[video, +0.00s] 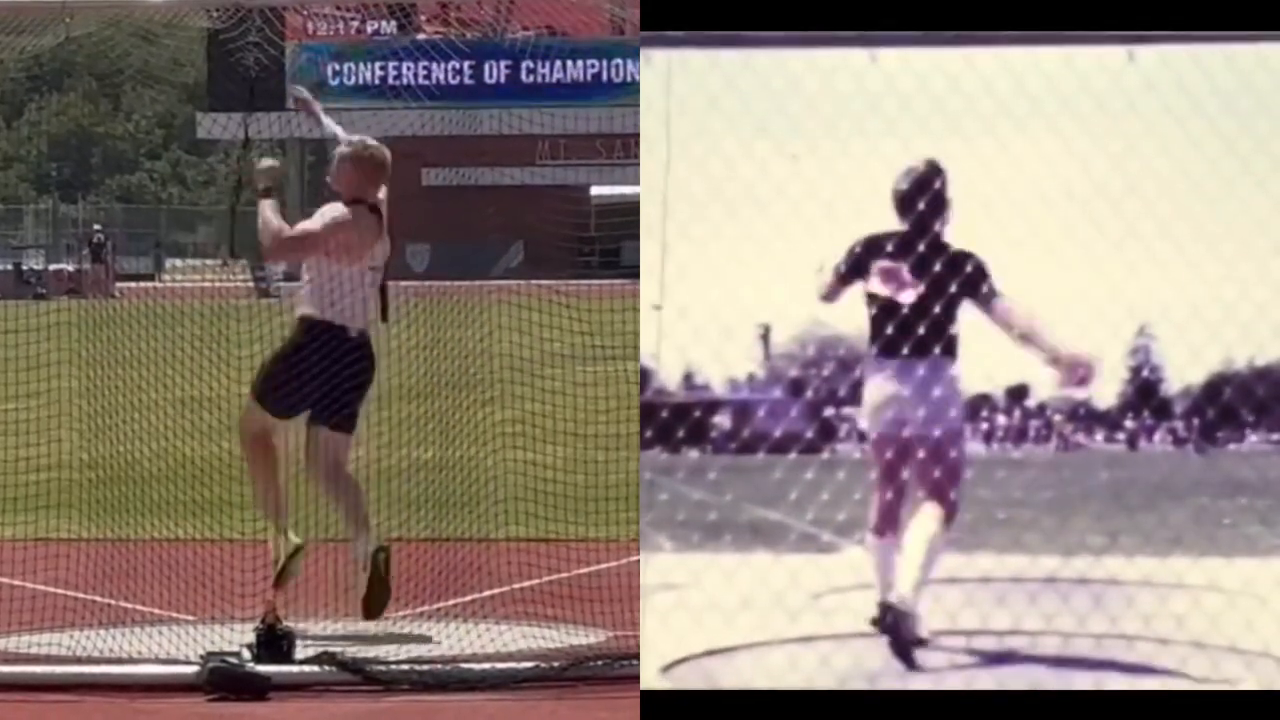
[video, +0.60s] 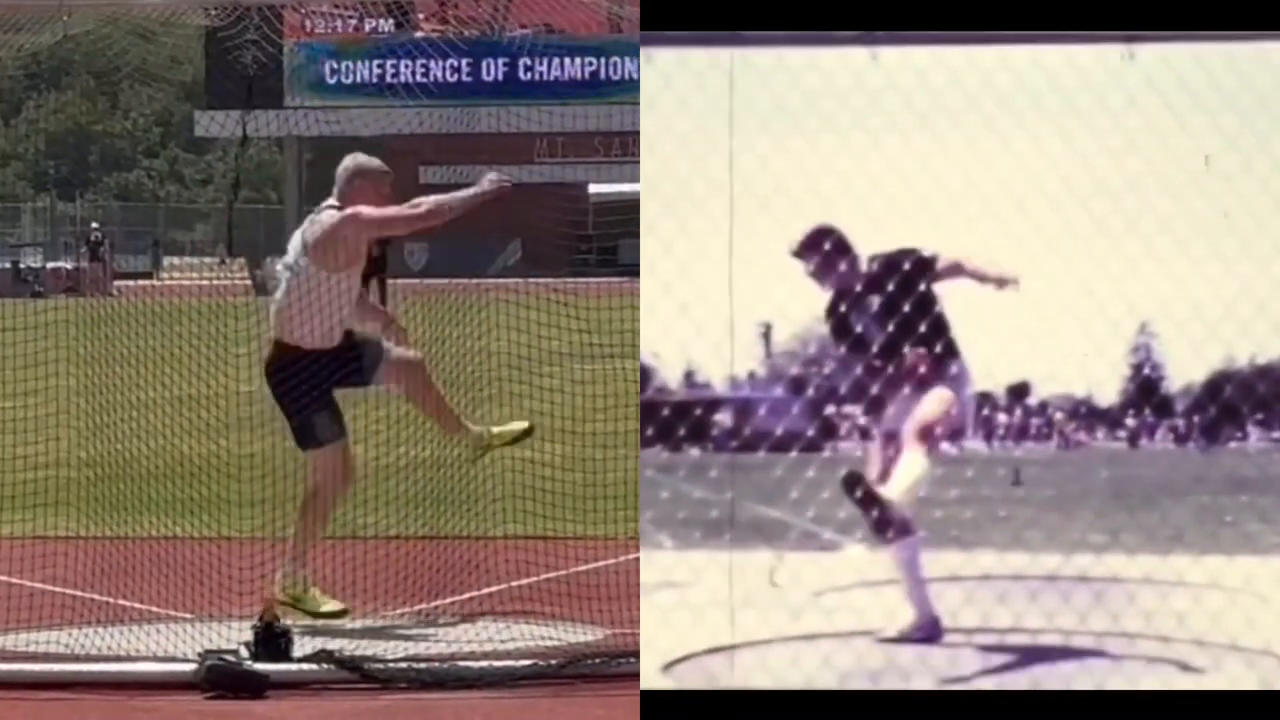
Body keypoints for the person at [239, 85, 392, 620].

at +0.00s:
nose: (332, 170)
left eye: (339, 164)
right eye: (336, 164)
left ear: (354, 175)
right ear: (374, 179)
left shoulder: (340, 217)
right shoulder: (376, 217)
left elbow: (276, 244)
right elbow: (351, 150)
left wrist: (265, 194)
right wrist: (316, 113)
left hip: (316, 340)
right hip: (355, 346)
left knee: (255, 431)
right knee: (328, 460)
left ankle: (281, 535)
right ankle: (368, 547)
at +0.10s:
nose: (331, 171)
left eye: (342, 164)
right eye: (333, 162)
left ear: (365, 175)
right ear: (333, 166)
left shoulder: (375, 212)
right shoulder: (315, 204)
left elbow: (344, 241)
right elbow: (241, 205)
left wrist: (313, 204)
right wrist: (175, 206)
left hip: (348, 339)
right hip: (339, 341)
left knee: (247, 397)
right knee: (305, 461)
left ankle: (268, 513)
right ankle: (359, 568)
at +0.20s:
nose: (323, 176)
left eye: (334, 170)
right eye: (318, 167)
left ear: (353, 179)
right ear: (308, 172)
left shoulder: (371, 220)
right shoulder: (284, 223)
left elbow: (409, 268)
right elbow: (247, 259)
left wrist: (357, 233)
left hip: (361, 336)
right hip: (308, 343)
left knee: (312, 366)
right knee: (307, 466)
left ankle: (285, 483)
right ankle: (306, 577)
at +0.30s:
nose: (331, 202)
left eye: (337, 194)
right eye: (322, 192)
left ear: (344, 201)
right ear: (297, 197)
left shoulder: (358, 241)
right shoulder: (274, 245)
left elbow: (419, 293)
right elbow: (277, 295)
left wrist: (400, 272)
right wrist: (324, 320)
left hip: (350, 366)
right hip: (299, 369)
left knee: (396, 356)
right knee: (289, 493)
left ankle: (373, 437)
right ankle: (276, 610)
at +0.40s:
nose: (343, 215)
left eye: (346, 206)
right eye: (334, 205)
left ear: (344, 208)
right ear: (305, 206)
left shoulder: (343, 249)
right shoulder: (282, 250)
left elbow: (378, 294)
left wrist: (424, 289)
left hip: (339, 372)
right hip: (291, 381)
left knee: (426, 350)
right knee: (290, 496)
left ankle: (484, 416)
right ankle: (277, 612)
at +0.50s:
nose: (366, 205)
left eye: (366, 196)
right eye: (360, 196)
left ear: (340, 197)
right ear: (332, 194)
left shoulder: (337, 240)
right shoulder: (307, 231)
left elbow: (360, 291)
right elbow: (373, 248)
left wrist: (422, 302)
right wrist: (446, 240)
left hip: (337, 355)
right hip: (293, 372)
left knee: (436, 355)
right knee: (306, 484)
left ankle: (530, 427)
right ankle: (276, 603)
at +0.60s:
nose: (388, 195)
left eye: (388, 187)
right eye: (382, 187)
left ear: (357, 190)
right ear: (358, 188)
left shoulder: (349, 230)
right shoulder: (337, 222)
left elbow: (345, 297)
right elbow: (421, 215)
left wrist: (384, 320)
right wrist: (479, 192)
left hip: (333, 349)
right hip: (295, 364)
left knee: (410, 366)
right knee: (334, 475)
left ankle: (470, 436)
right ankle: (292, 581)